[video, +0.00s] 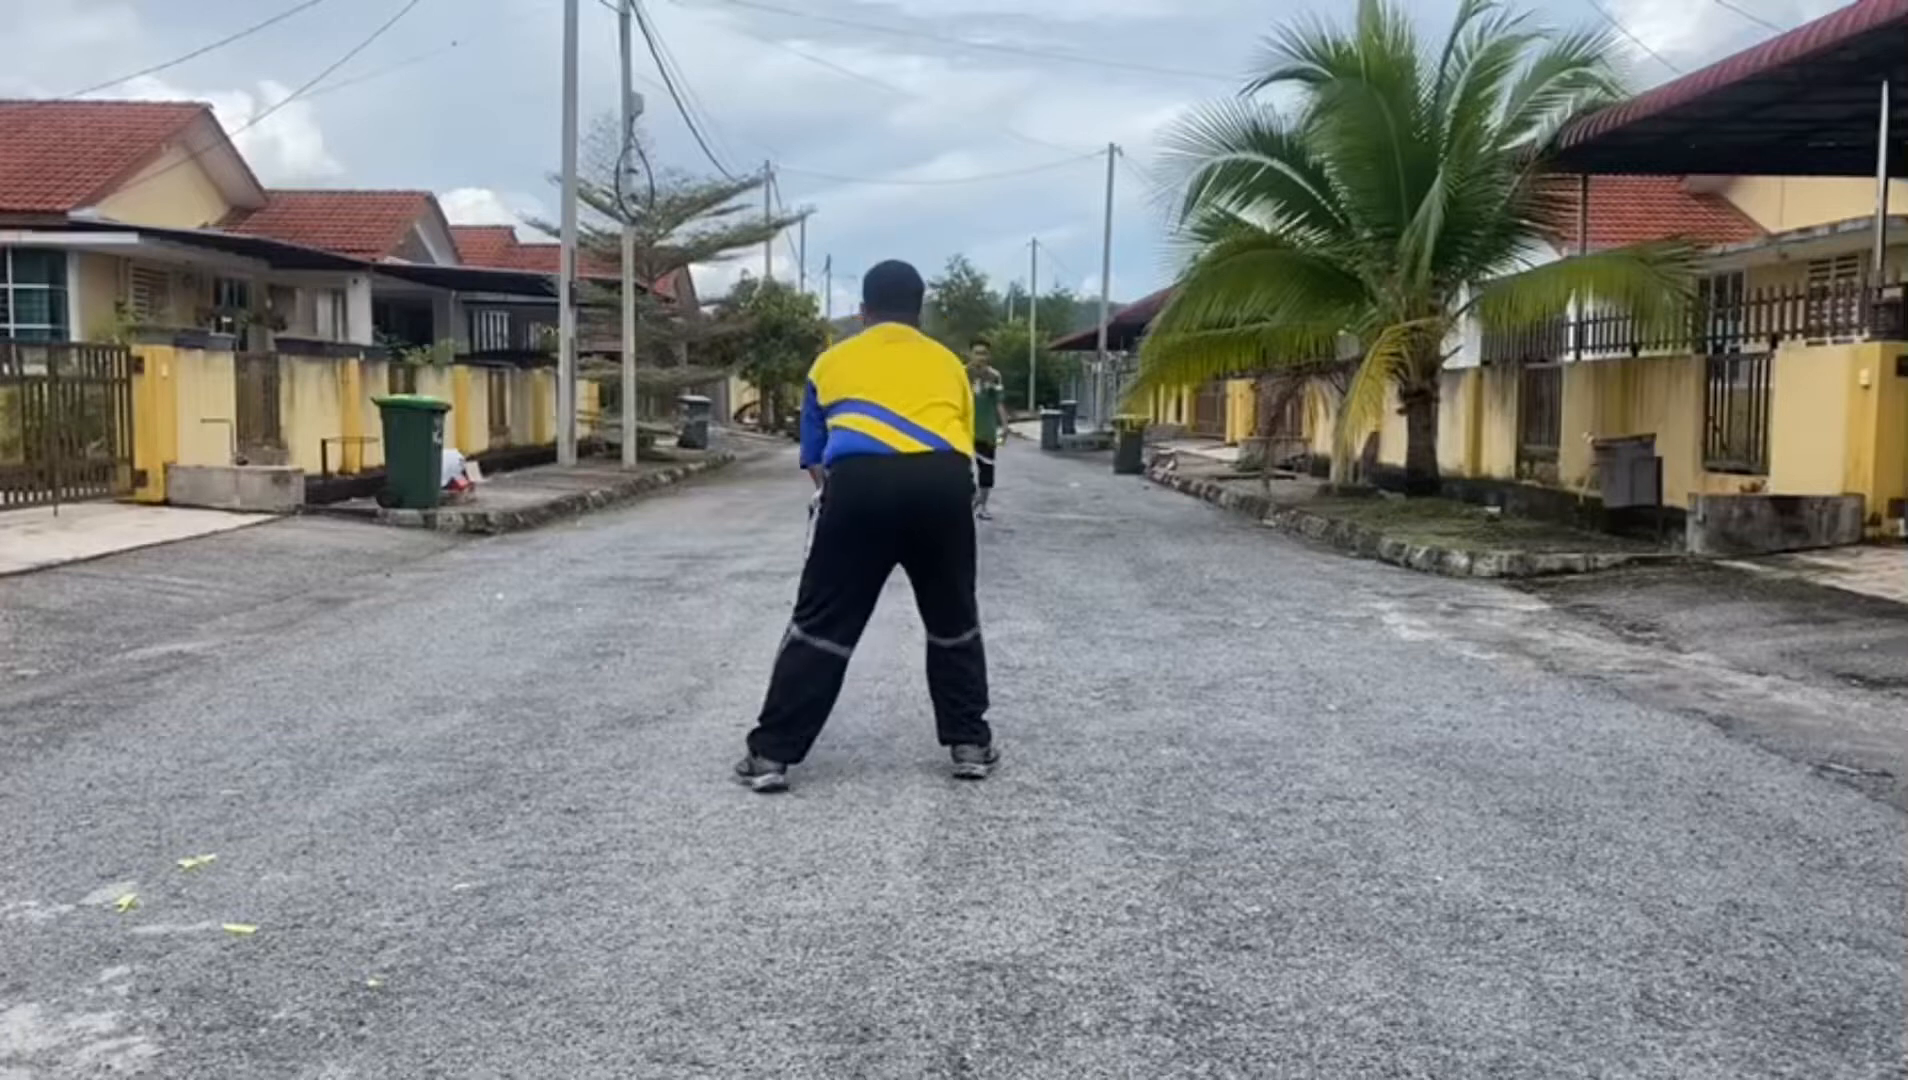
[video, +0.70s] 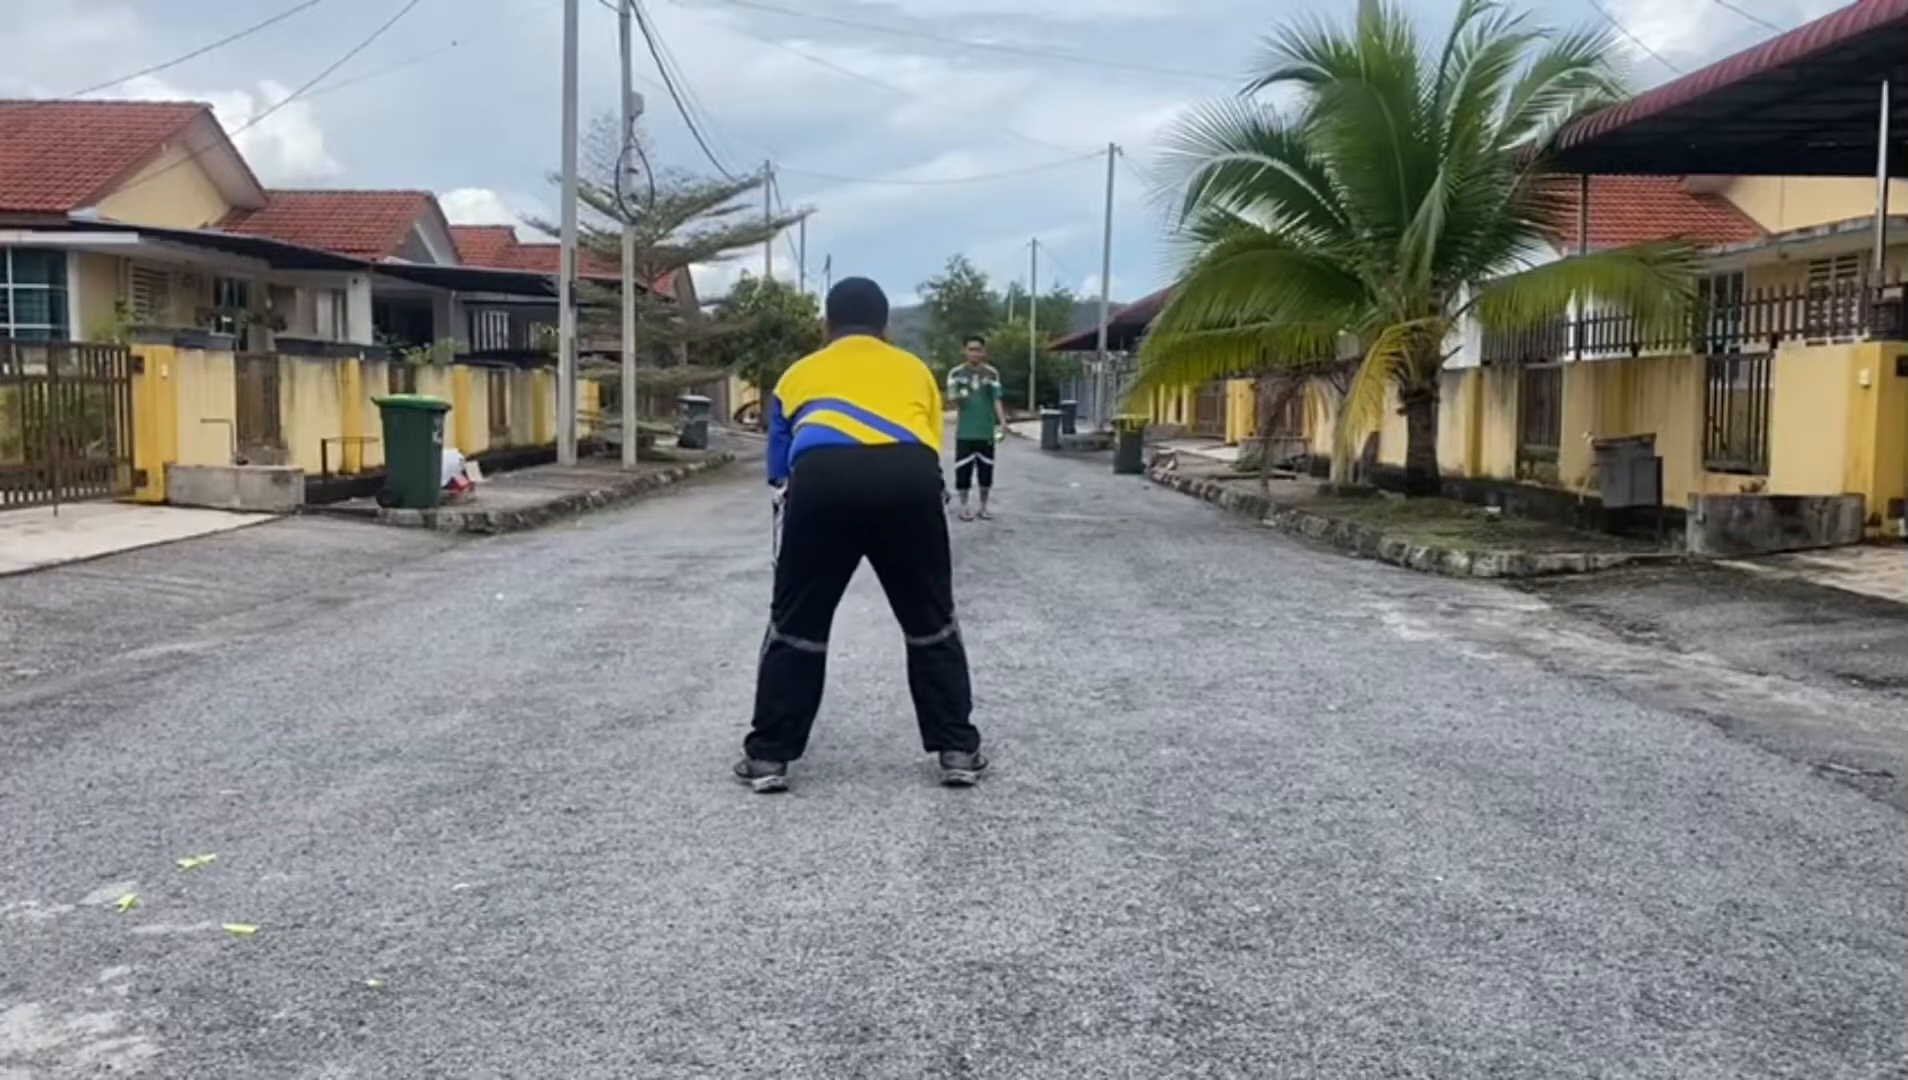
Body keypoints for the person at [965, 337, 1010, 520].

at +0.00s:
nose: (980, 358)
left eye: (984, 353)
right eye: (977, 353)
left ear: (989, 356)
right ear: (970, 355)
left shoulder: (994, 377)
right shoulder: (963, 376)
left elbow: (999, 403)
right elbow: (957, 398)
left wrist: (1005, 425)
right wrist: (956, 422)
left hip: (986, 430)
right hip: (965, 428)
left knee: (986, 471)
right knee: (963, 466)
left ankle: (982, 504)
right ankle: (967, 499)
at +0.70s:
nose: (975, 354)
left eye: (978, 349)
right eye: (971, 349)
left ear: (984, 352)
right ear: (965, 352)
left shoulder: (991, 373)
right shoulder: (956, 374)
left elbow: (997, 400)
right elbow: (952, 401)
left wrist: (1002, 422)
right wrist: (956, 397)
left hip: (986, 431)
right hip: (964, 432)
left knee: (985, 474)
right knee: (963, 474)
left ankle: (983, 507)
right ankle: (964, 506)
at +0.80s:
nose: (972, 353)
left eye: (976, 349)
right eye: (968, 349)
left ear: (981, 351)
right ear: (962, 352)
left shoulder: (989, 373)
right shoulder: (955, 373)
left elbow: (995, 399)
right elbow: (950, 394)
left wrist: (999, 420)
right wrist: (956, 380)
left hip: (985, 430)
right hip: (964, 431)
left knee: (987, 473)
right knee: (963, 473)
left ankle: (983, 504)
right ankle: (963, 505)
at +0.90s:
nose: (970, 355)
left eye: (974, 350)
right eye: (966, 350)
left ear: (979, 352)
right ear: (960, 353)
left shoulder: (987, 373)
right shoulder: (954, 375)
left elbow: (992, 399)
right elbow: (952, 399)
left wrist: (995, 423)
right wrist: (957, 368)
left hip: (985, 430)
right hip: (964, 430)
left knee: (990, 470)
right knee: (962, 471)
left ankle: (984, 501)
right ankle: (962, 504)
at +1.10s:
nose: (969, 355)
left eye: (972, 351)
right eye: (965, 351)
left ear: (978, 352)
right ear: (959, 353)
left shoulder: (988, 373)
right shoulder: (954, 374)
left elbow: (994, 398)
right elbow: (949, 396)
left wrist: (997, 421)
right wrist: (956, 377)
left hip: (985, 430)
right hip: (964, 430)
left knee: (988, 471)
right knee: (963, 471)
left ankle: (984, 506)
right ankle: (963, 505)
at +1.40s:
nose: (971, 356)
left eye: (974, 352)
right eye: (967, 353)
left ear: (980, 352)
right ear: (961, 355)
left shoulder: (993, 372)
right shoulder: (958, 379)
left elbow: (1000, 399)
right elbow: (956, 408)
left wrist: (1003, 423)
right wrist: (953, 434)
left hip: (991, 431)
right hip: (970, 432)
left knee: (988, 472)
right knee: (967, 471)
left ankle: (983, 507)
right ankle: (963, 505)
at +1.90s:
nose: (967, 358)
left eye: (970, 354)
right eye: (963, 355)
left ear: (977, 355)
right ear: (959, 359)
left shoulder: (992, 373)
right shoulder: (958, 380)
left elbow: (1003, 398)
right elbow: (960, 405)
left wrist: (1008, 422)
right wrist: (961, 424)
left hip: (996, 427)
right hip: (976, 428)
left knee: (993, 469)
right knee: (975, 466)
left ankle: (985, 508)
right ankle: (971, 507)